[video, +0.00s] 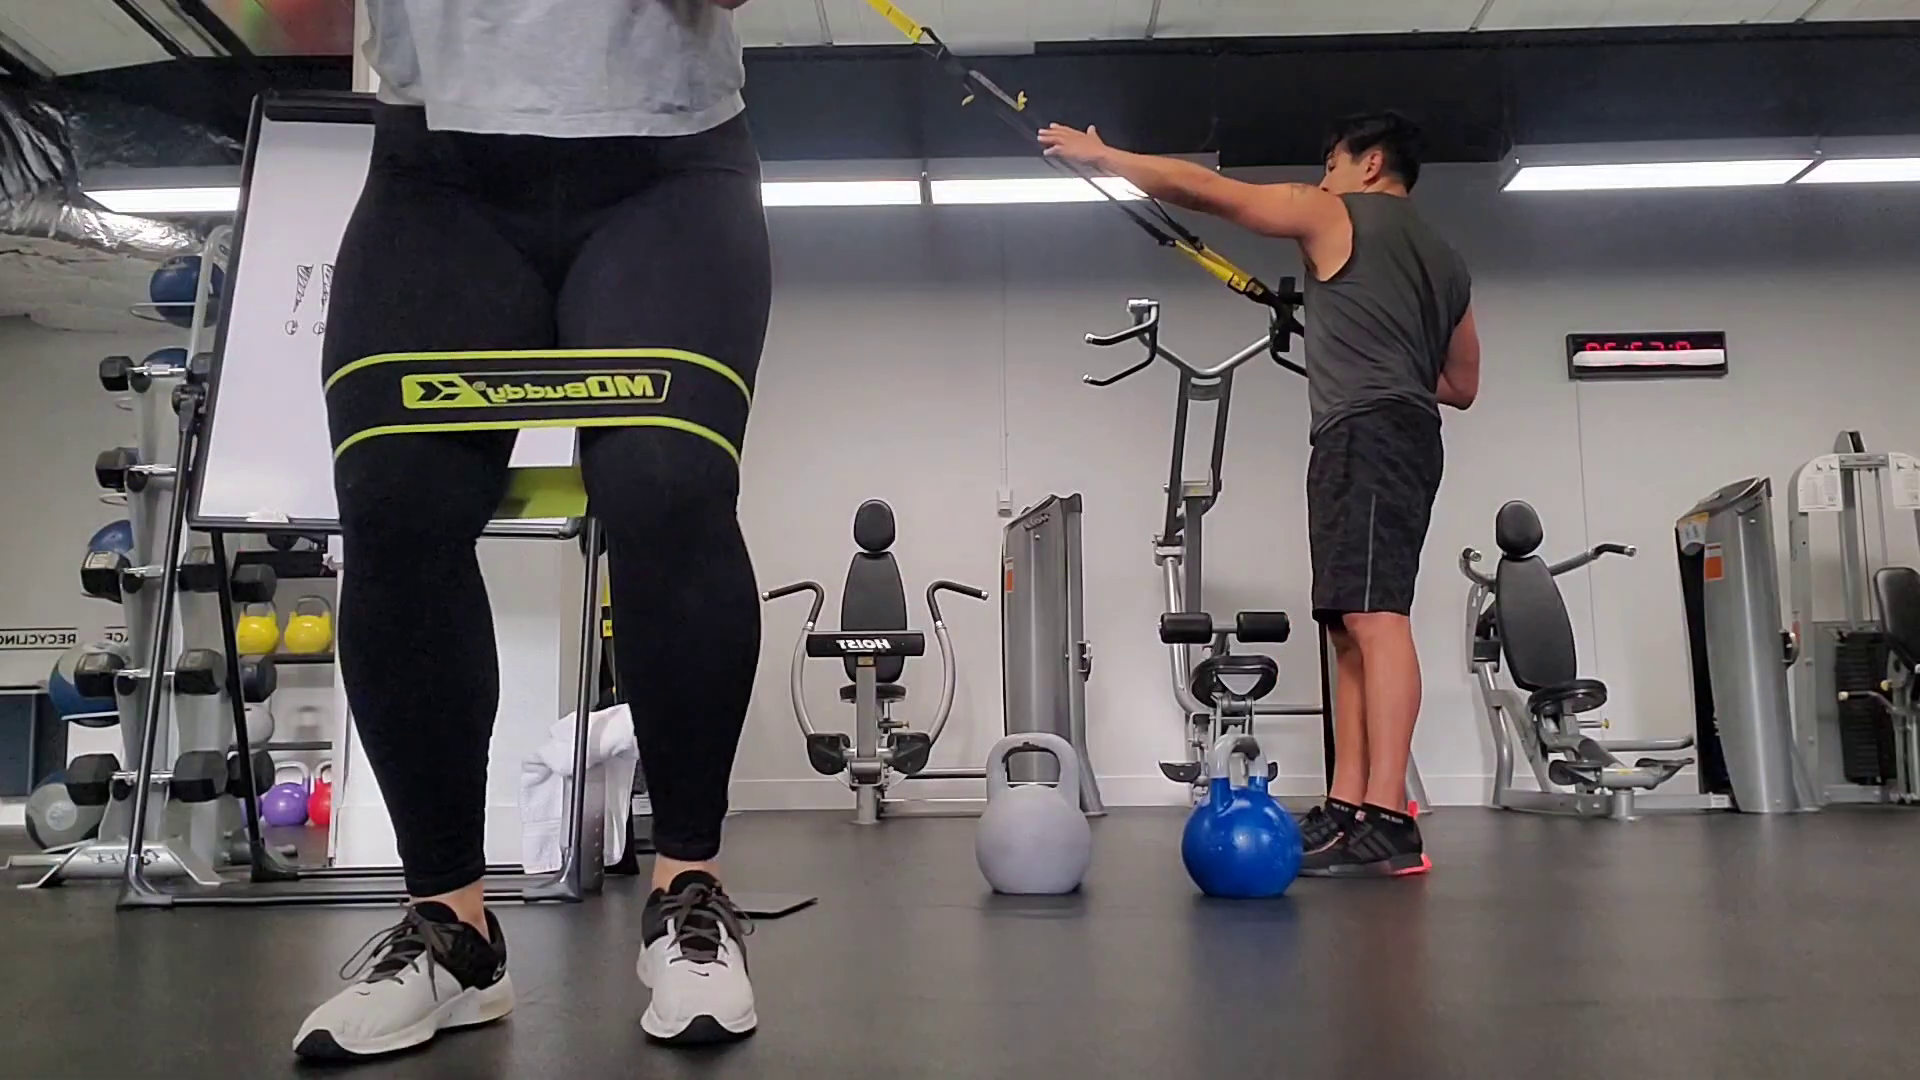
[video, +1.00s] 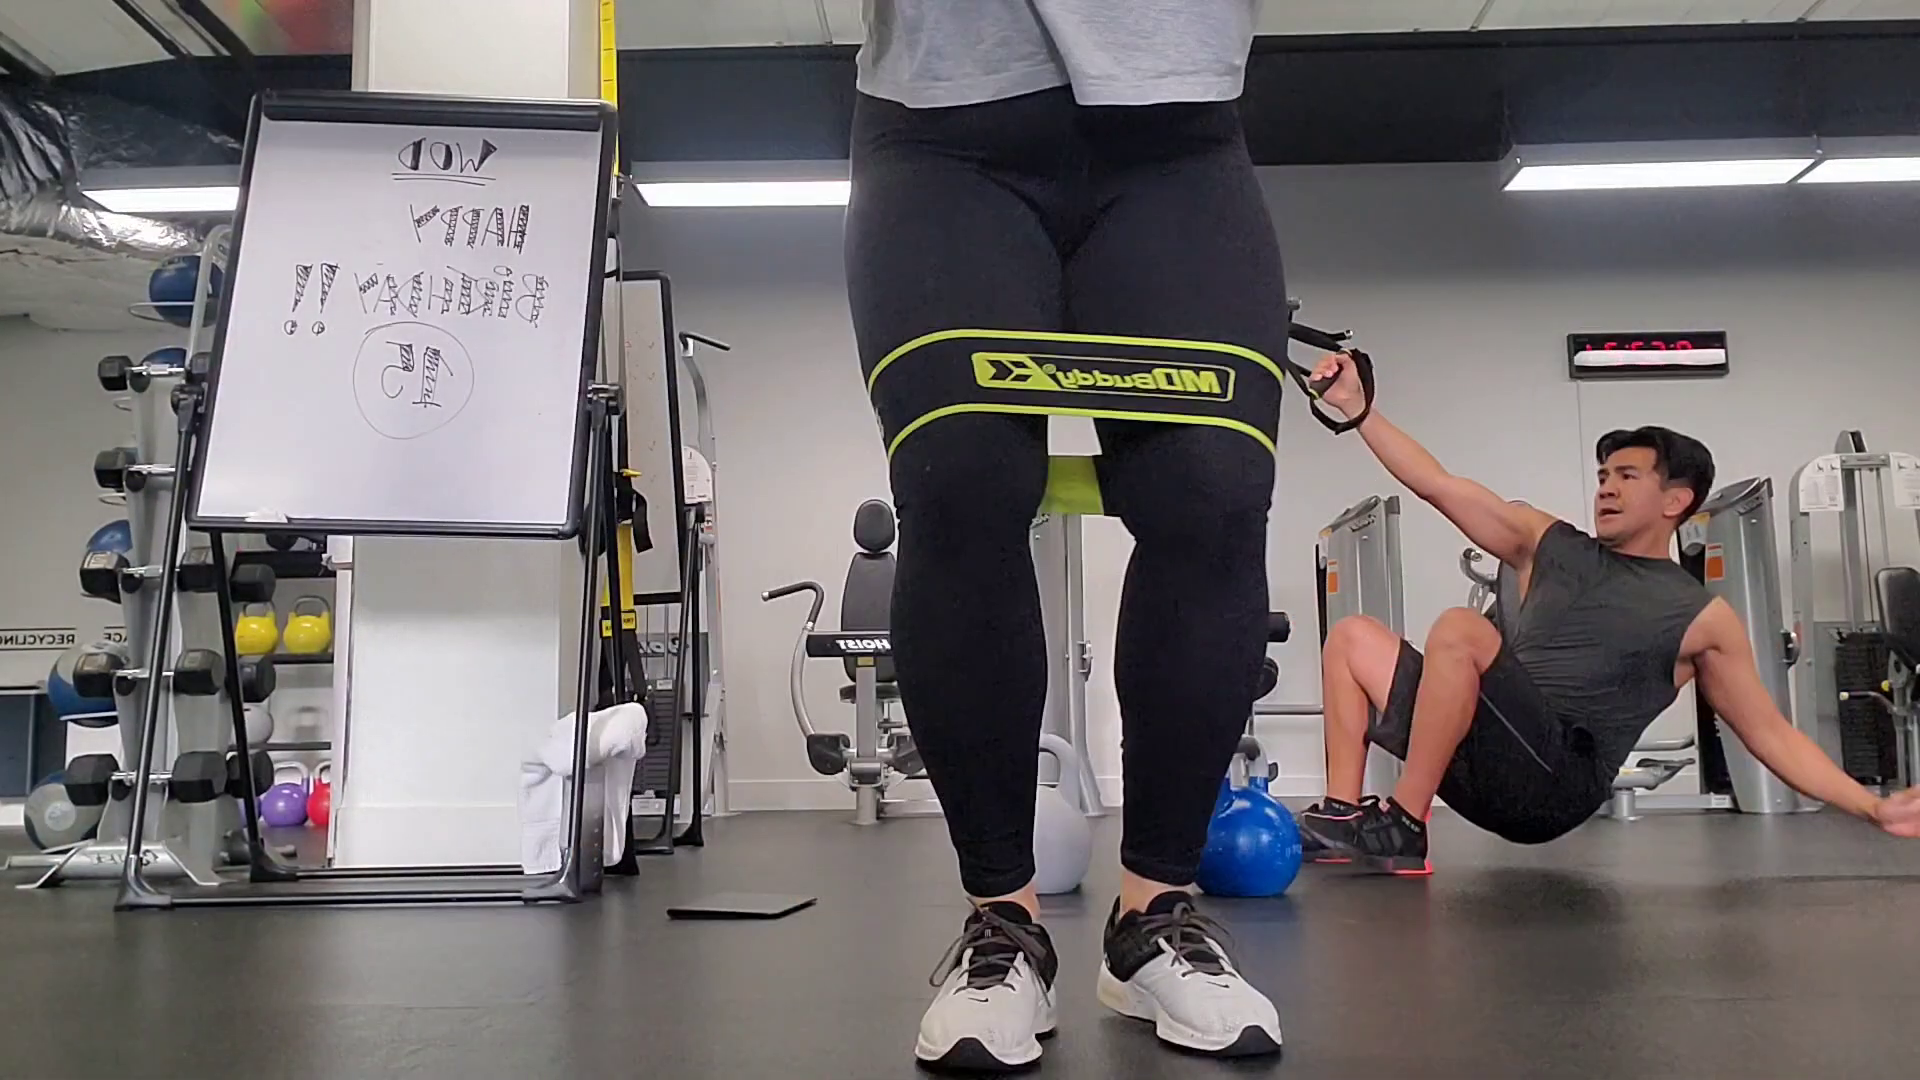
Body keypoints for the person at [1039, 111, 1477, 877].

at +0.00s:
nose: (1325, 179)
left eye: (1333, 165)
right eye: (1328, 167)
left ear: (1371, 160)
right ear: (1398, 171)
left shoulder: (1336, 212)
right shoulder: (1444, 260)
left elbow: (1213, 189)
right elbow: (1460, 386)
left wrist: (1102, 153)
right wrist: (1363, 355)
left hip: (1366, 430)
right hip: (1404, 432)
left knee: (1378, 618)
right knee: (1348, 623)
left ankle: (1389, 821)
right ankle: (1349, 808)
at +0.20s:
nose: (1340, 177)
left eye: (1353, 162)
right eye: (1345, 164)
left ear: (1398, 165)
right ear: (1408, 173)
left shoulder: (1379, 215)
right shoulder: (1444, 256)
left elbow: (1260, 210)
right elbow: (1451, 376)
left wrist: (1149, 179)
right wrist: (1352, 348)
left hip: (1398, 433)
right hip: (1405, 436)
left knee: (1353, 618)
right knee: (1336, 623)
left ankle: (1388, 819)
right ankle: (1348, 808)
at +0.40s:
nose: (1392, 220)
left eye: (1408, 205)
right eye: (1393, 208)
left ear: (1458, 216)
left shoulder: (1471, 274)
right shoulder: (1419, 311)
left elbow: (1418, 315)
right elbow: (1402, 430)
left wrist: (1285, 300)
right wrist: (1359, 373)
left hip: (1458, 492)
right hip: (1407, 500)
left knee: (1324, 626)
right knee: (1286, 633)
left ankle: (1387, 821)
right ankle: (1345, 811)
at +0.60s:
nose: (1474, 316)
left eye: (1492, 301)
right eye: (1474, 305)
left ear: (1544, 314)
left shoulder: (1572, 402)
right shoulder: (1482, 414)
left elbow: (1616, 494)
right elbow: (1391, 463)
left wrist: (1570, 512)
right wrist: (1355, 395)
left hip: (1499, 598)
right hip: (1444, 593)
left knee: (1323, 629)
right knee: (1271, 641)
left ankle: (1386, 823)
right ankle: (1337, 811)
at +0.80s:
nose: (1555, 417)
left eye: (1574, 403)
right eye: (1553, 406)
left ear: (1629, 419)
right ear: (1553, 418)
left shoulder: (1663, 529)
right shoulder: (1525, 495)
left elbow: (1736, 641)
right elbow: (1414, 479)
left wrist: (1800, 700)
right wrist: (1357, 406)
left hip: (1544, 703)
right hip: (1478, 688)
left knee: (1382, 620)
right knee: (1304, 640)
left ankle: (1394, 828)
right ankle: (1341, 812)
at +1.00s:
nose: (1604, 487)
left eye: (1626, 475)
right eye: (1602, 476)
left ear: (1678, 501)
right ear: (1599, 487)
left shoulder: (1702, 614)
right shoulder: (1546, 540)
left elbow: (1769, 736)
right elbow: (1437, 484)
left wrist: (1875, 809)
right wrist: (1360, 413)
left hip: (1561, 781)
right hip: (1479, 754)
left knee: (1462, 629)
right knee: (1351, 637)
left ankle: (1406, 824)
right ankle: (1342, 812)